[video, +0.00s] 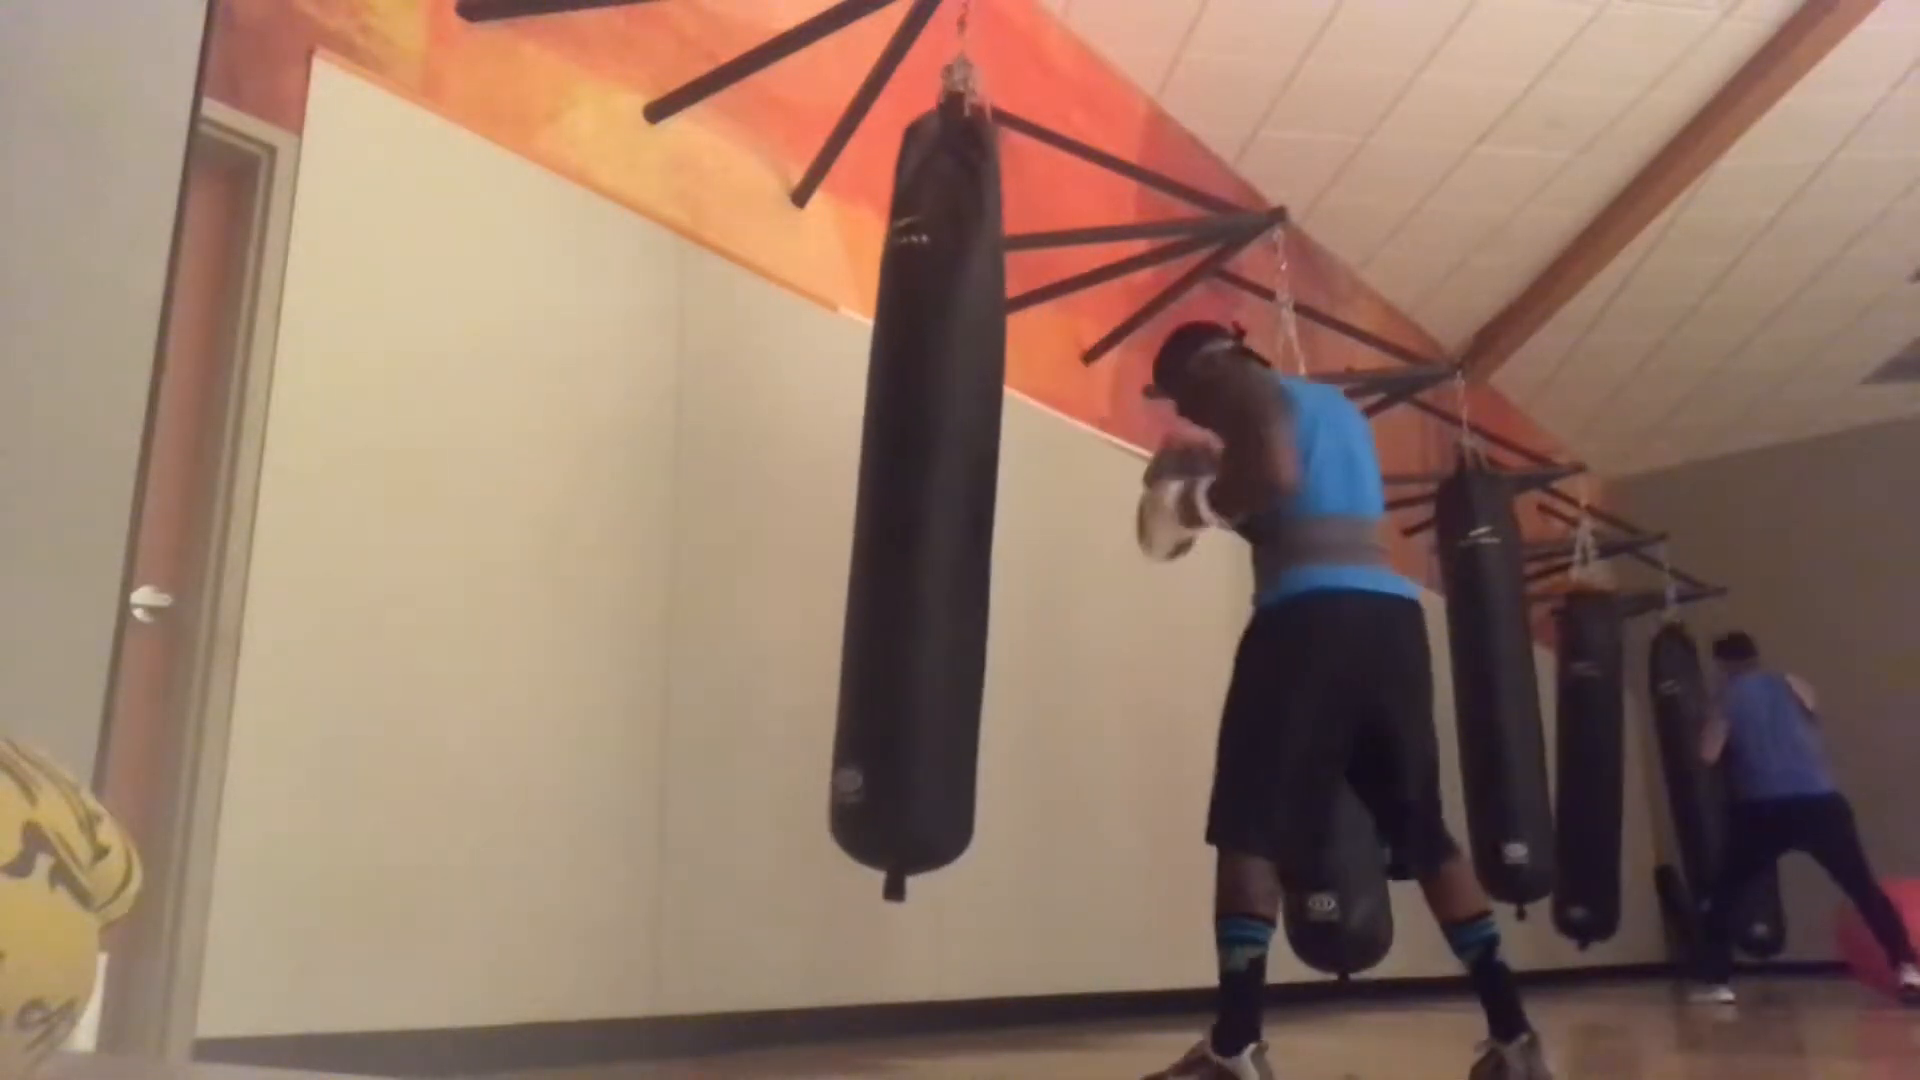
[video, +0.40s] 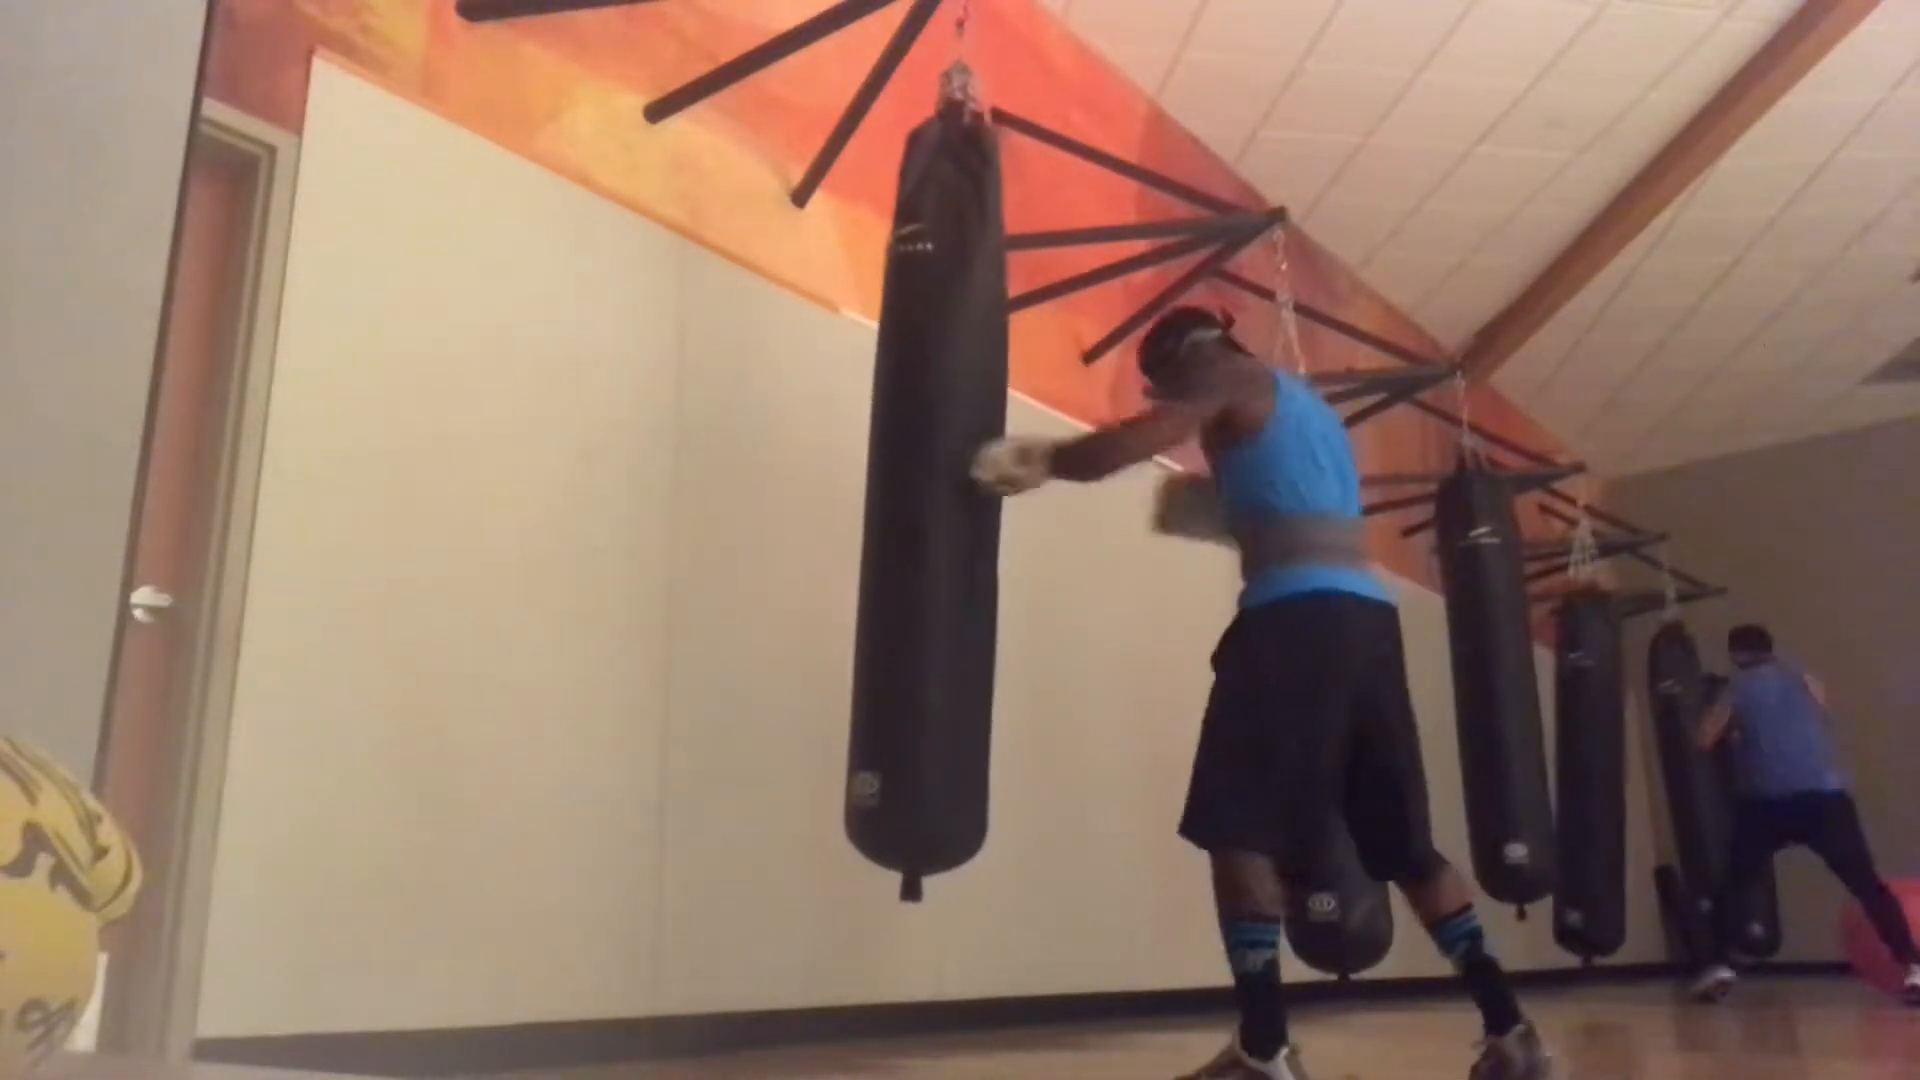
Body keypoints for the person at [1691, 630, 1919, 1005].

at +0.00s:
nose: (1724, 669)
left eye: (1722, 664)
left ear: (1722, 664)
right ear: (1756, 657)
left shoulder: (1727, 698)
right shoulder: (1788, 683)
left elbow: (1709, 752)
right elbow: (1813, 714)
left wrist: (1718, 711)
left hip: (1764, 810)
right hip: (1819, 804)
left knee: (1726, 891)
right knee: (1862, 886)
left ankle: (1718, 980)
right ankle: (1906, 963)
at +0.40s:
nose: (1734, 663)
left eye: (1733, 658)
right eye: (1737, 657)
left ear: (1735, 656)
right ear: (1770, 650)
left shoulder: (1737, 688)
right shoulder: (1801, 679)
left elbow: (1706, 738)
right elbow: (1822, 712)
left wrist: (1728, 727)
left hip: (1769, 802)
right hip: (1824, 798)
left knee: (1735, 882)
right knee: (1867, 884)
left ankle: (1721, 964)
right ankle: (1911, 965)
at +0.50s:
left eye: (1721, 650)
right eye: (1734, 645)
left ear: (1715, 652)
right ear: (1749, 643)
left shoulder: (1714, 690)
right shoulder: (1776, 668)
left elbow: (1671, 723)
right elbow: (1807, 695)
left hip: (1762, 794)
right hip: (1815, 785)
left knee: (1735, 878)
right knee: (1863, 873)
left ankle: (1712, 968)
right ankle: (1906, 960)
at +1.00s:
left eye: (1727, 649)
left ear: (1720, 651)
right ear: (1755, 645)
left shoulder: (1712, 686)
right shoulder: (1781, 672)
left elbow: (1667, 701)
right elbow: (1806, 695)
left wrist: (1634, 702)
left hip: (1763, 792)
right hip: (1817, 783)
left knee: (1738, 878)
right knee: (1863, 867)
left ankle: (1715, 970)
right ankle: (1894, 955)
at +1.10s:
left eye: (1747, 648)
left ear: (1738, 651)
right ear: (1774, 646)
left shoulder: (1725, 689)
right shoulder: (1799, 677)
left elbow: (1691, 733)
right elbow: (1823, 707)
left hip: (1766, 800)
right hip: (1824, 794)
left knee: (1740, 884)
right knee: (1867, 878)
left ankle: (1715, 973)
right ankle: (1899, 967)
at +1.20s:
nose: (1764, 654)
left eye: (1759, 647)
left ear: (1752, 649)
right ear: (1791, 642)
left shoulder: (1742, 684)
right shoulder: (1815, 671)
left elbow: (1735, 739)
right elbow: (1839, 701)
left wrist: (1752, 767)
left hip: (1775, 799)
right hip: (1834, 794)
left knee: (1746, 880)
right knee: (1878, 881)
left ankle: (1722, 968)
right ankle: (1904, 972)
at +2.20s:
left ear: (1769, 644)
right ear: (1810, 638)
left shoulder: (1758, 682)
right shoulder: (1841, 668)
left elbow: (1733, 727)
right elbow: (1862, 707)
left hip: (1801, 799)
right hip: (1860, 794)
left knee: (1778, 884)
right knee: (1903, 880)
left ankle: (1764, 980)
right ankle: (1916, 977)